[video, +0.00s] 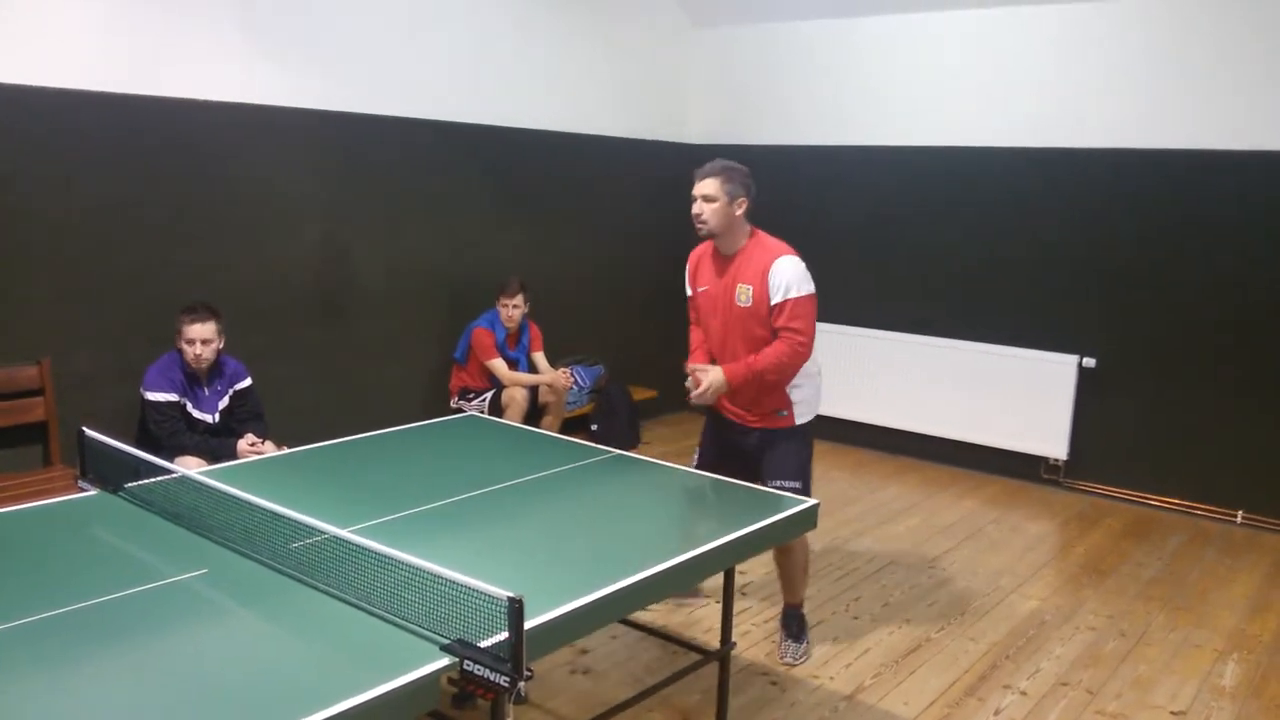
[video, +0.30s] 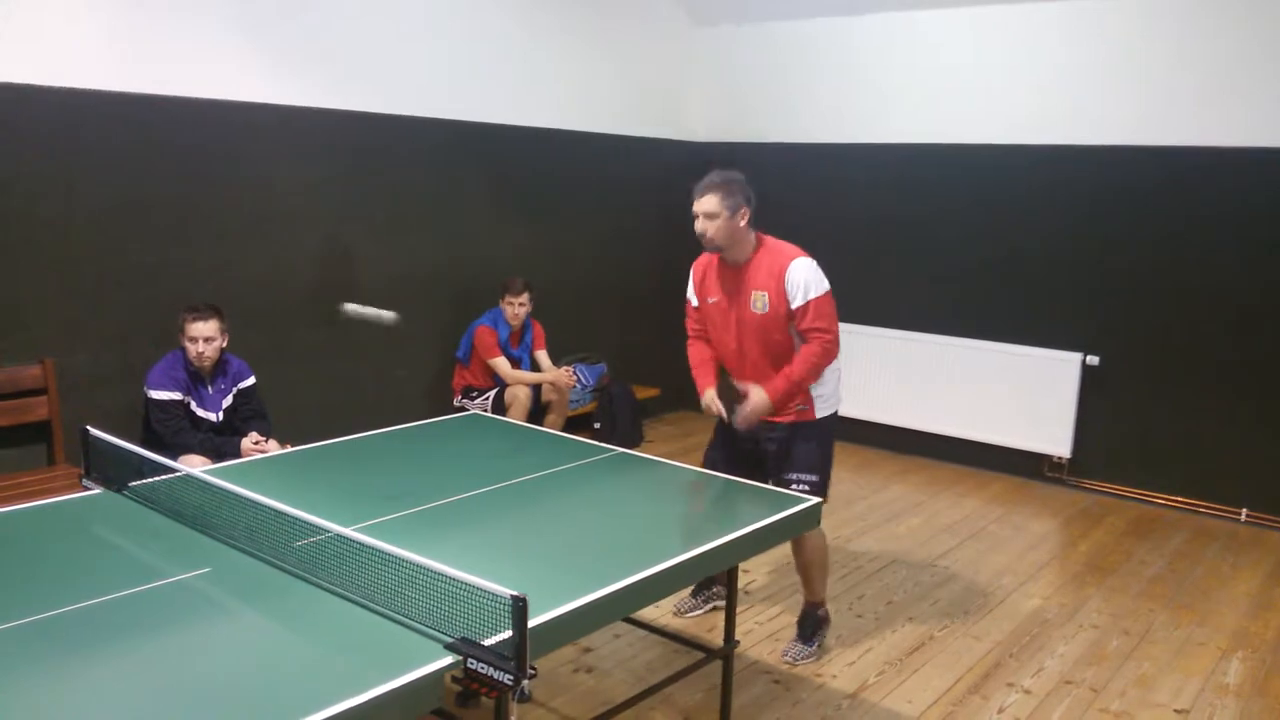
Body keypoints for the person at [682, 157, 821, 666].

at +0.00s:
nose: (696, 209)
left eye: (707, 201)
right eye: (694, 200)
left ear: (740, 206)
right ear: (696, 206)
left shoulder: (782, 265)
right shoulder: (697, 261)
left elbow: (796, 344)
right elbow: (699, 329)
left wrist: (728, 377)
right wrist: (699, 365)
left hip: (781, 424)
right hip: (724, 416)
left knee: (787, 523)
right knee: (699, 503)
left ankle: (793, 616)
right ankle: (686, 578)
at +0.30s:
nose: (698, 227)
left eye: (709, 217)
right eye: (696, 217)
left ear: (743, 216)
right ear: (698, 218)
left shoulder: (794, 267)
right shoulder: (701, 271)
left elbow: (824, 343)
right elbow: (697, 336)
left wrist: (769, 394)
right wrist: (707, 385)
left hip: (800, 416)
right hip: (738, 411)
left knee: (801, 517)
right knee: (712, 499)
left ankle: (814, 615)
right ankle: (719, 579)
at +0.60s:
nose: (729, 311)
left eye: (733, 303)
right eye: (720, 306)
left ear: (749, 276)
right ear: (704, 290)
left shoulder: (802, 287)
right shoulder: (693, 301)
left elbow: (849, 340)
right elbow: (677, 333)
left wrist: (870, 401)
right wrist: (674, 383)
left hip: (822, 395)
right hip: (755, 400)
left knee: (867, 478)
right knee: (723, 485)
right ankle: (715, 581)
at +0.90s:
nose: (885, 294)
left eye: (891, 286)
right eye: (884, 284)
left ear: (886, 263)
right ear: (862, 256)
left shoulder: (868, 274)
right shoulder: (795, 279)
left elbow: (864, 313)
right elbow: (722, 295)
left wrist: (878, 344)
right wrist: (670, 334)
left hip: (852, 391)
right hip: (790, 401)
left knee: (912, 461)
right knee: (760, 501)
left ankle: (955, 573)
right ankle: (720, 583)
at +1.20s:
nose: (1037, 327)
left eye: (1043, 321)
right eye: (1039, 316)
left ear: (1020, 304)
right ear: (1020, 299)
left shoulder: (985, 338)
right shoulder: (963, 307)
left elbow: (979, 391)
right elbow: (912, 339)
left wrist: (1013, 445)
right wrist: (929, 406)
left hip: (899, 434)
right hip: (858, 422)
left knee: (949, 506)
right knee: (821, 527)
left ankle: (936, 615)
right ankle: (720, 574)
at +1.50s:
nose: (1138, 365)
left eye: (1143, 356)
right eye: (1140, 353)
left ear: (1113, 337)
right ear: (1122, 342)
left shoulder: (1082, 353)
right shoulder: (1082, 348)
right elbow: (1020, 371)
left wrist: (1003, 446)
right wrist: (1003, 441)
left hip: (961, 410)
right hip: (947, 407)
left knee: (983, 520)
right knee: (989, 521)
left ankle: (944, 615)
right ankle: (942, 621)